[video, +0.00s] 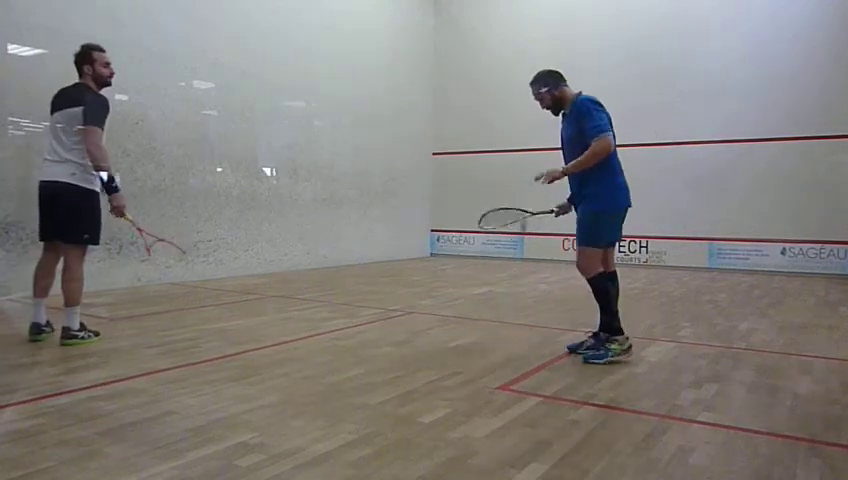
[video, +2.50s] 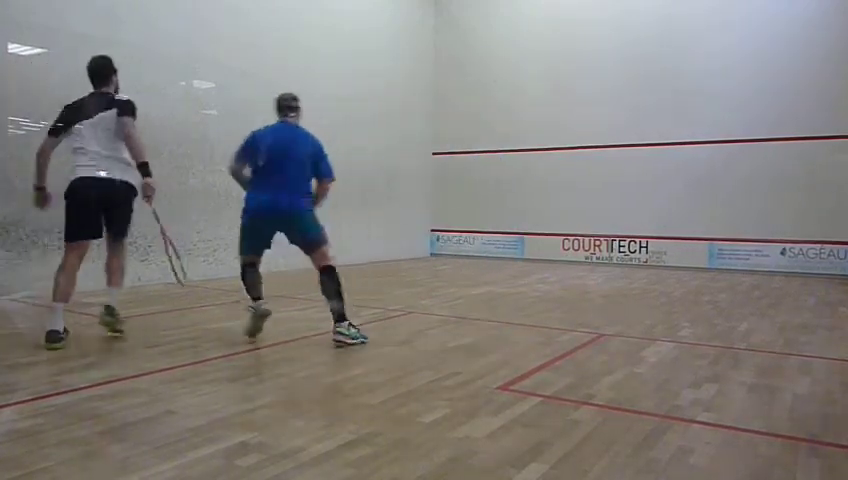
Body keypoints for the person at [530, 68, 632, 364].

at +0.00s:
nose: (540, 104)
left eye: (540, 97)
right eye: (537, 99)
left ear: (554, 89)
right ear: (551, 92)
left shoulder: (584, 106)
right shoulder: (569, 118)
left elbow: (604, 145)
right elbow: (584, 167)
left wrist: (564, 170)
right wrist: (570, 201)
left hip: (603, 199)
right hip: (596, 200)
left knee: (587, 263)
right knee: (604, 264)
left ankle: (615, 336)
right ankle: (606, 334)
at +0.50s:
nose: (526, 103)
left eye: (529, 95)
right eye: (525, 96)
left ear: (544, 92)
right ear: (545, 93)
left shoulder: (567, 113)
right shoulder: (555, 121)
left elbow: (551, 162)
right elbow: (549, 172)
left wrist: (518, 193)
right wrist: (514, 179)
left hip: (603, 202)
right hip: (580, 203)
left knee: (607, 265)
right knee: (560, 258)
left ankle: (621, 343)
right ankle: (570, 330)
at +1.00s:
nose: (470, 116)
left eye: (472, 112)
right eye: (470, 112)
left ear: (480, 111)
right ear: (493, 110)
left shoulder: (479, 130)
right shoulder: (509, 131)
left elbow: (451, 170)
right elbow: (486, 171)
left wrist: (437, 203)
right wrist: (459, 190)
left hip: (509, 203)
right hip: (532, 200)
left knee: (499, 266)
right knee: (504, 263)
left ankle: (557, 309)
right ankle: (498, 322)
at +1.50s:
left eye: (413, 107)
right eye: (424, 108)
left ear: (406, 112)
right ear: (428, 111)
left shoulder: (395, 140)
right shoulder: (445, 133)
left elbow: (368, 172)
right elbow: (482, 122)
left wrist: (368, 191)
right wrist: (477, 94)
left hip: (400, 212)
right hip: (438, 212)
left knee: (375, 260)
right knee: (459, 260)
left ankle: (350, 311)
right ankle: (484, 317)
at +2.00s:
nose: (362, 109)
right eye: (364, 106)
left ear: (343, 103)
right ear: (363, 106)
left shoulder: (326, 129)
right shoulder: (369, 131)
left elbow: (298, 157)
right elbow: (384, 163)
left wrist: (309, 185)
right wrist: (416, 189)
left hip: (321, 198)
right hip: (349, 200)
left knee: (330, 251)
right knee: (354, 258)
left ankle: (321, 312)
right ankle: (316, 307)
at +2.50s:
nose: (294, 115)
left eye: (290, 109)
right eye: (295, 111)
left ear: (277, 112)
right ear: (298, 113)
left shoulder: (260, 136)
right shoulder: (310, 141)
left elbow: (235, 168)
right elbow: (325, 181)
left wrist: (253, 188)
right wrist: (313, 203)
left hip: (259, 208)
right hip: (296, 209)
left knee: (250, 262)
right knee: (323, 261)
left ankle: (257, 303)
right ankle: (341, 323)